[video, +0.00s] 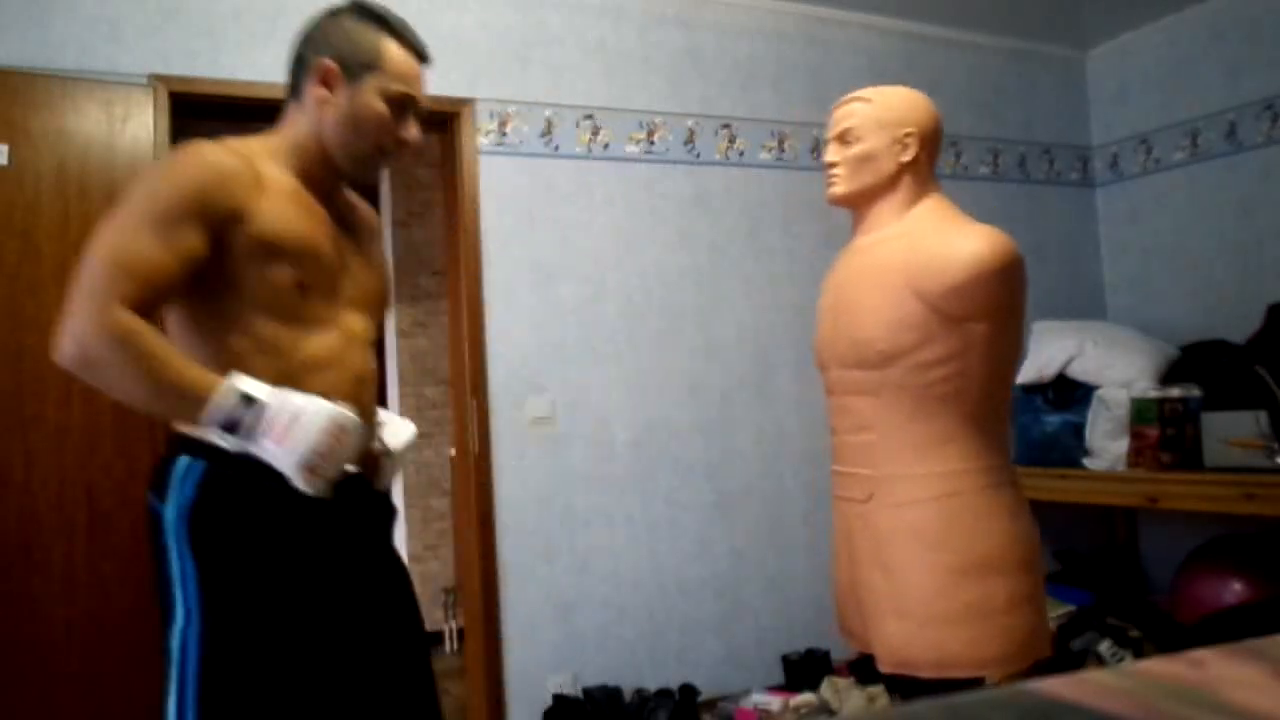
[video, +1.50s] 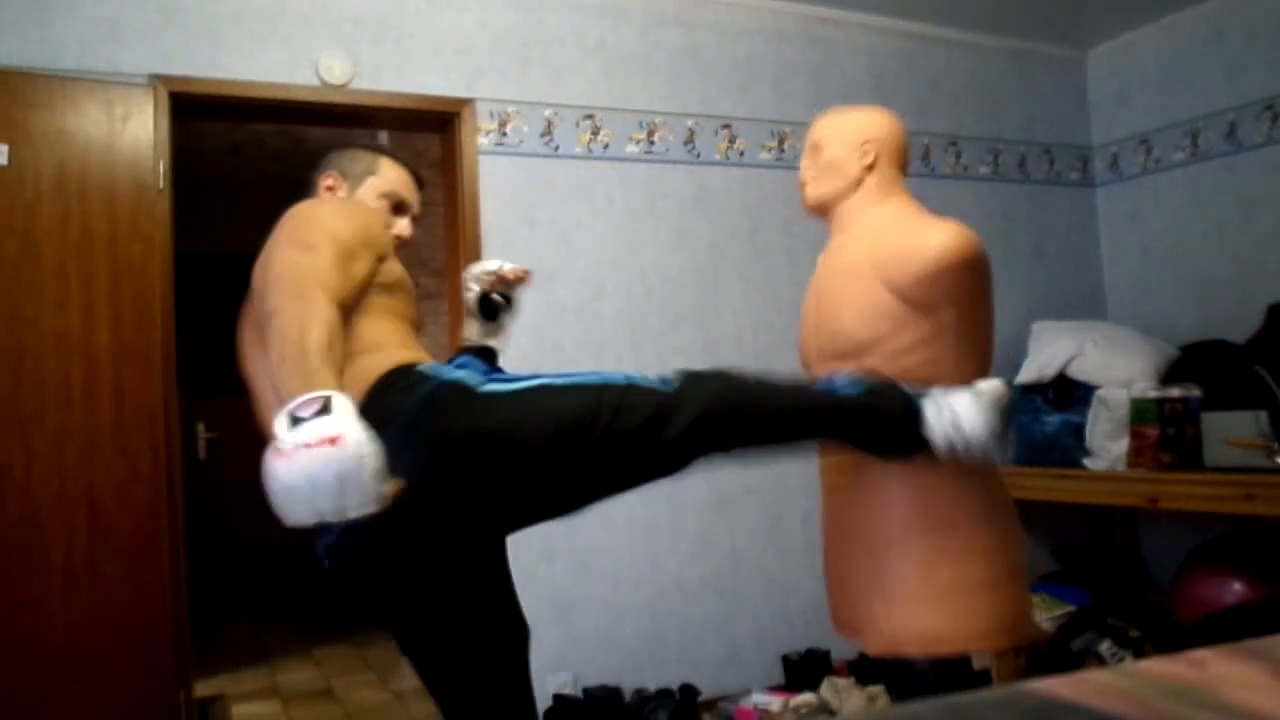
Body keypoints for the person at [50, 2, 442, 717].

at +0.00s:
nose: (410, 136)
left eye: (415, 115)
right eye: (397, 105)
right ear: (325, 84)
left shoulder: (365, 224)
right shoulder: (211, 174)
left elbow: (337, 370)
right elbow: (88, 331)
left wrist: (378, 430)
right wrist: (260, 415)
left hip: (346, 510)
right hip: (237, 508)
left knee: (398, 706)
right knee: (235, 711)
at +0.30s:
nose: (325, 178)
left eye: (329, 157)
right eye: (308, 150)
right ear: (230, 133)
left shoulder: (300, 277)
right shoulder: (108, 256)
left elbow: (309, 404)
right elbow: (29, 442)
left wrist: (364, 464)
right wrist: (187, 511)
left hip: (291, 588)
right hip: (157, 593)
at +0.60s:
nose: (258, 167)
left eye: (264, 146)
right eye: (237, 139)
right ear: (153, 117)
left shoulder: (274, 265)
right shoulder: (23, 244)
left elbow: (337, 400)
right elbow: (4, 435)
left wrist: (340, 392)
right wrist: (82, 406)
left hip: (223, 589)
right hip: (63, 587)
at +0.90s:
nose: (265, 180)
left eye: (272, 158)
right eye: (246, 147)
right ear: (164, 116)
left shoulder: (245, 257)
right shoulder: (23, 230)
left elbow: (332, 390)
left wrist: (353, 292)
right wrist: (49, 476)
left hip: (204, 576)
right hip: (57, 576)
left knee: (326, 719)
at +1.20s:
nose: (363, 190)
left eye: (364, 176)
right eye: (352, 172)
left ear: (287, 164)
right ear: (291, 162)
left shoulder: (216, 278)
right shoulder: (274, 205)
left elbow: (164, 453)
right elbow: (486, 196)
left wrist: (213, 554)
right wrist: (510, 177)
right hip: (306, 542)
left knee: (459, 712)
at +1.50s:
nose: (409, 229)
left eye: (413, 217)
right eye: (397, 208)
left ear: (340, 197)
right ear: (344, 188)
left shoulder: (354, 278)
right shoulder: (333, 215)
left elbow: (406, 393)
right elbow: (288, 312)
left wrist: (479, 324)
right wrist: (306, 417)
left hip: (373, 504)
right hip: (413, 427)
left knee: (490, 701)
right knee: (673, 412)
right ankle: (923, 420)